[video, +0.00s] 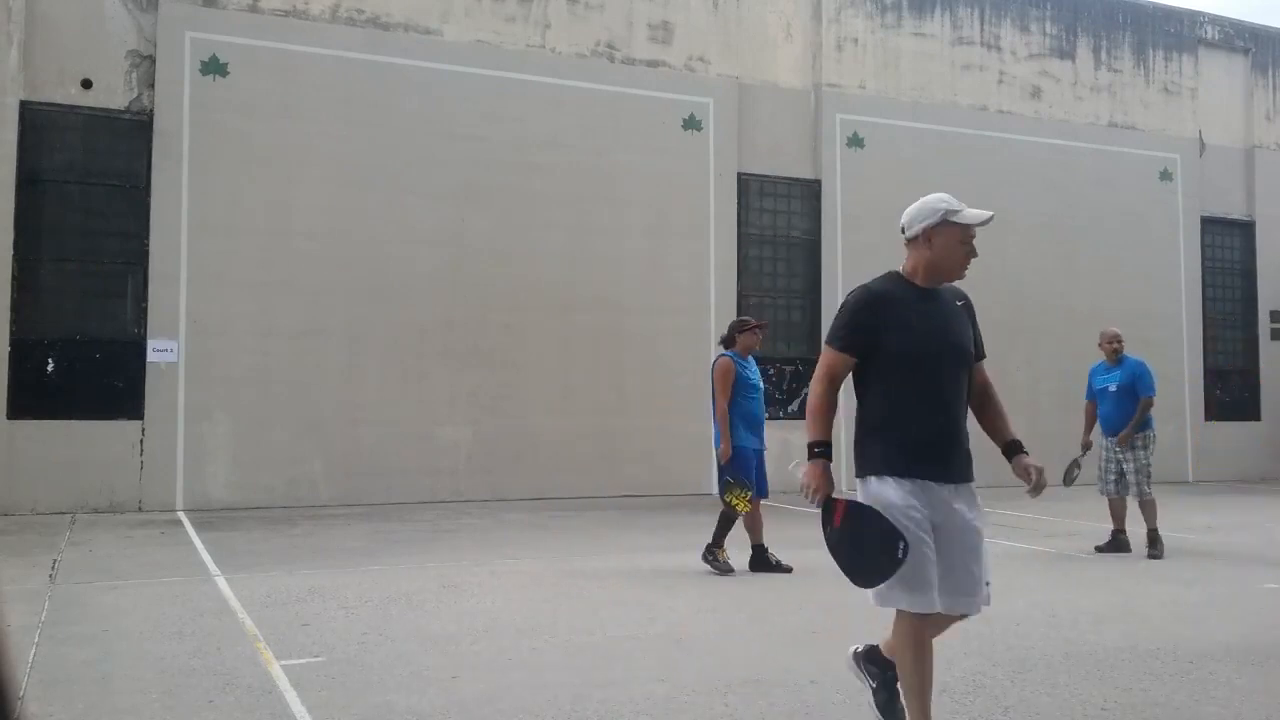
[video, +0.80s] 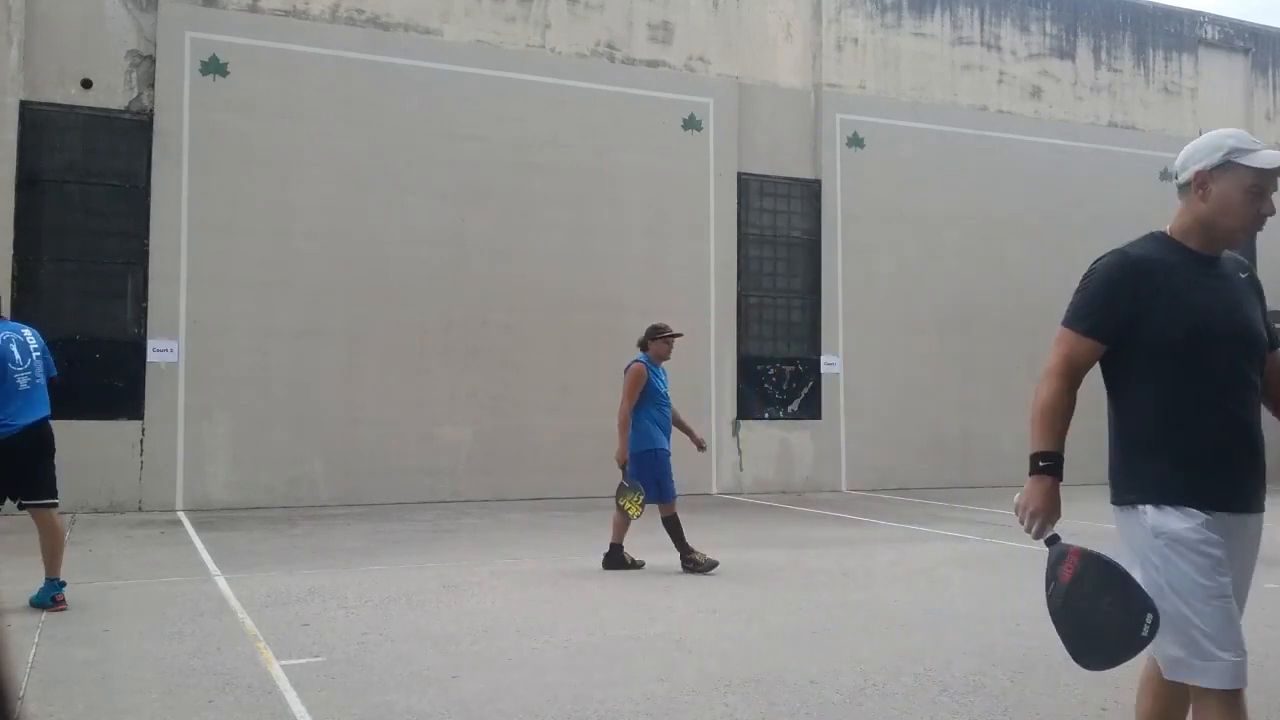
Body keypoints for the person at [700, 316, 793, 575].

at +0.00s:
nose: (759, 336)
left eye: (760, 332)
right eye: (754, 332)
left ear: (752, 338)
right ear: (739, 336)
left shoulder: (749, 363)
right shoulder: (726, 363)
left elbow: (751, 404)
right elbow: (721, 404)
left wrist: (759, 440)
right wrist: (725, 441)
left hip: (755, 442)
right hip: (737, 442)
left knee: (754, 498)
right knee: (738, 496)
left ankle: (759, 554)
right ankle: (715, 548)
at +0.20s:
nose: (740, 338)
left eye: (740, 334)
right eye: (735, 334)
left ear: (730, 339)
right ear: (720, 338)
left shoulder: (728, 366)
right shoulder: (711, 364)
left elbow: (727, 407)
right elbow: (704, 404)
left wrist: (738, 444)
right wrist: (712, 444)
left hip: (735, 447)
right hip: (717, 446)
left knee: (743, 502)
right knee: (709, 500)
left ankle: (759, 553)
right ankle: (696, 556)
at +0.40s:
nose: (718, 336)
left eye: (717, 332)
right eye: (714, 332)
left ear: (704, 337)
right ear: (699, 336)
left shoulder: (703, 363)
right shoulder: (689, 362)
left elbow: (703, 405)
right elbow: (684, 403)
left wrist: (714, 438)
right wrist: (698, 438)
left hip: (713, 441)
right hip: (693, 442)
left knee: (723, 493)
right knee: (690, 496)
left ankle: (723, 551)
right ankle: (693, 555)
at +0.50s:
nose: (706, 338)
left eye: (705, 334)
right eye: (701, 334)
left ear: (693, 339)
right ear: (686, 337)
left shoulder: (691, 364)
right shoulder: (677, 363)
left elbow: (689, 404)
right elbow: (671, 404)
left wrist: (704, 439)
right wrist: (681, 441)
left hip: (703, 442)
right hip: (686, 443)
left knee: (711, 492)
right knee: (685, 496)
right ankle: (691, 553)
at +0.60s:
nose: (694, 340)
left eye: (693, 336)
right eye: (689, 336)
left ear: (684, 341)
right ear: (673, 340)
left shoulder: (679, 366)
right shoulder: (664, 366)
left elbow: (677, 406)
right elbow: (655, 405)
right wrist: (662, 444)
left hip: (691, 443)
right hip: (678, 443)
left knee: (681, 498)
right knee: (678, 499)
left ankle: (643, 535)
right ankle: (692, 555)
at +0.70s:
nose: (682, 343)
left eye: (682, 339)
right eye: (677, 338)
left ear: (673, 343)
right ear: (661, 342)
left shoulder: (670, 368)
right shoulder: (651, 368)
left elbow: (674, 408)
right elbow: (639, 408)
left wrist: (691, 436)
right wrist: (640, 446)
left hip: (674, 445)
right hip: (663, 445)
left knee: (653, 501)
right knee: (674, 501)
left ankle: (621, 546)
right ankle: (691, 555)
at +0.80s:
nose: (671, 346)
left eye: (672, 342)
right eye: (667, 342)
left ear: (666, 346)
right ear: (652, 343)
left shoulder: (659, 370)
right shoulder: (639, 368)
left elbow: (667, 409)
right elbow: (625, 409)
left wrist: (692, 434)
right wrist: (622, 447)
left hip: (647, 445)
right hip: (649, 446)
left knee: (629, 499)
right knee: (667, 499)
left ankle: (615, 552)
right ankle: (687, 555)